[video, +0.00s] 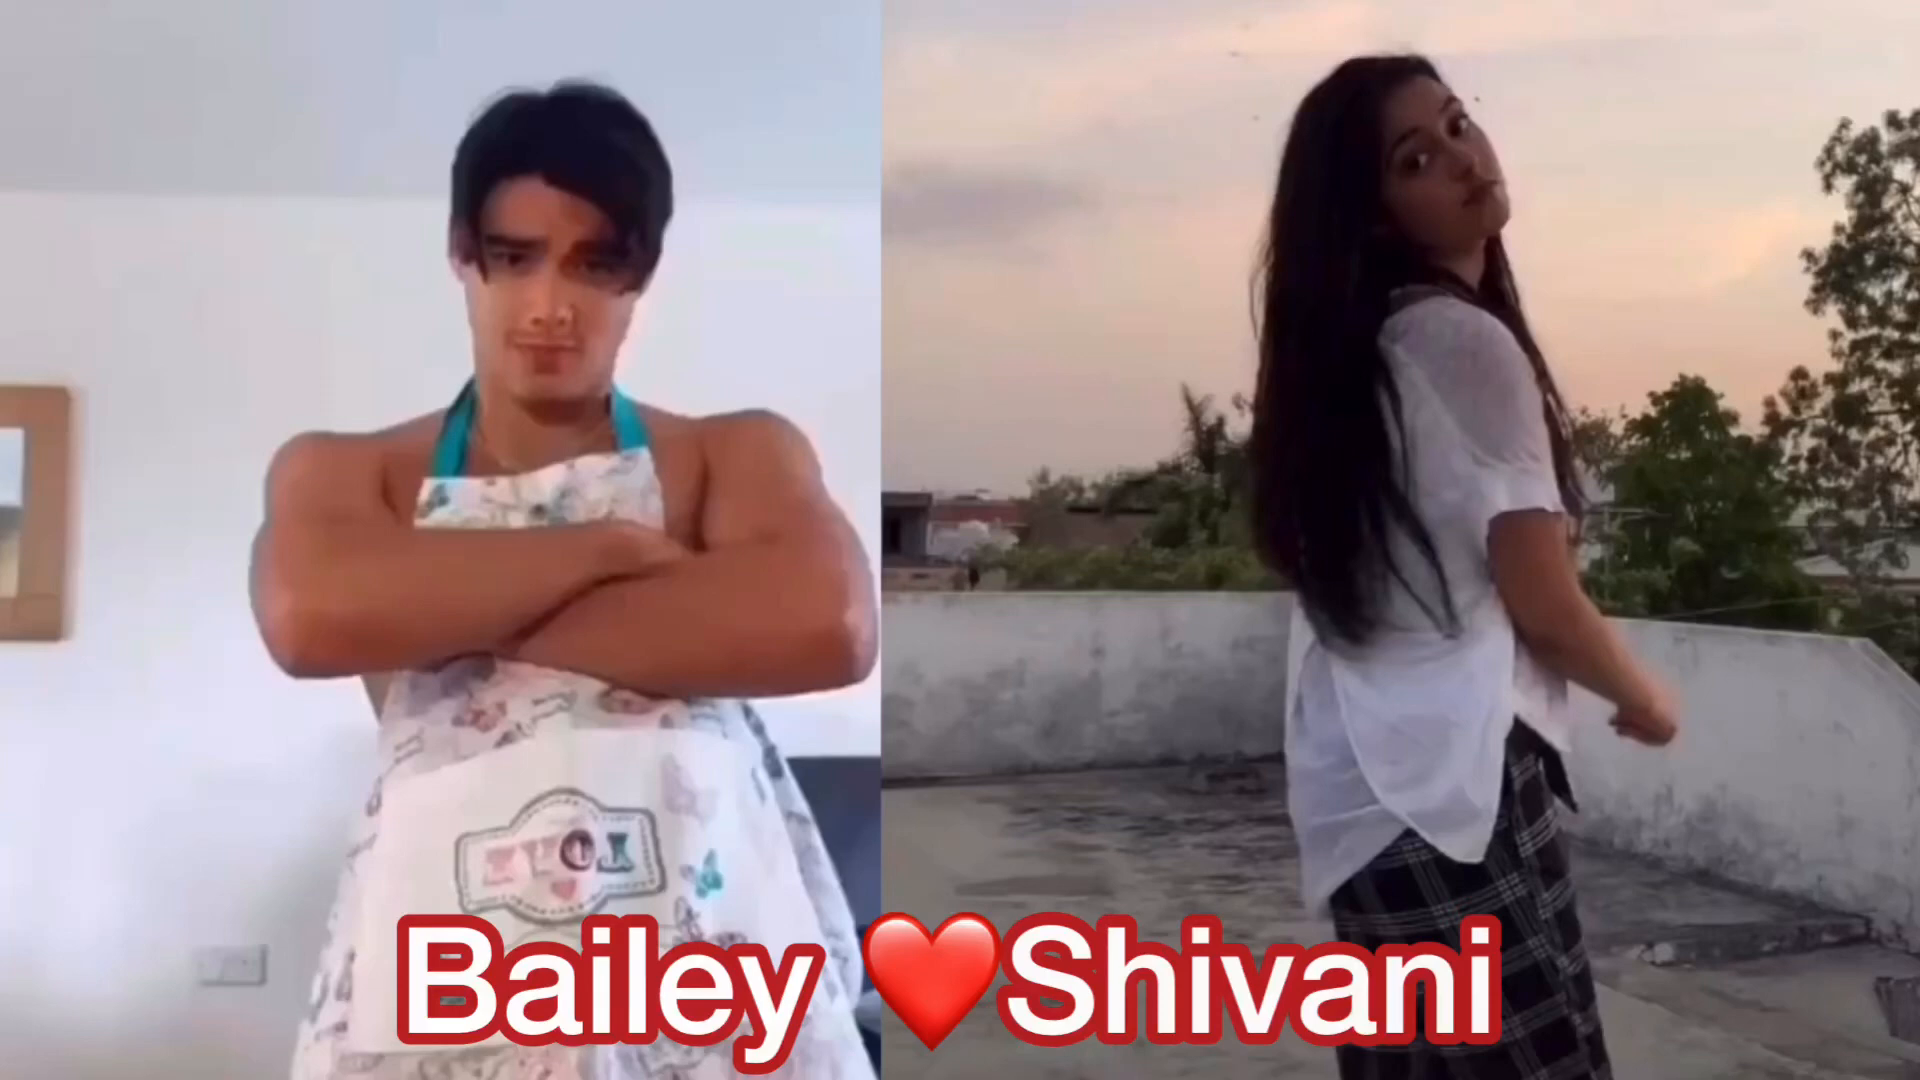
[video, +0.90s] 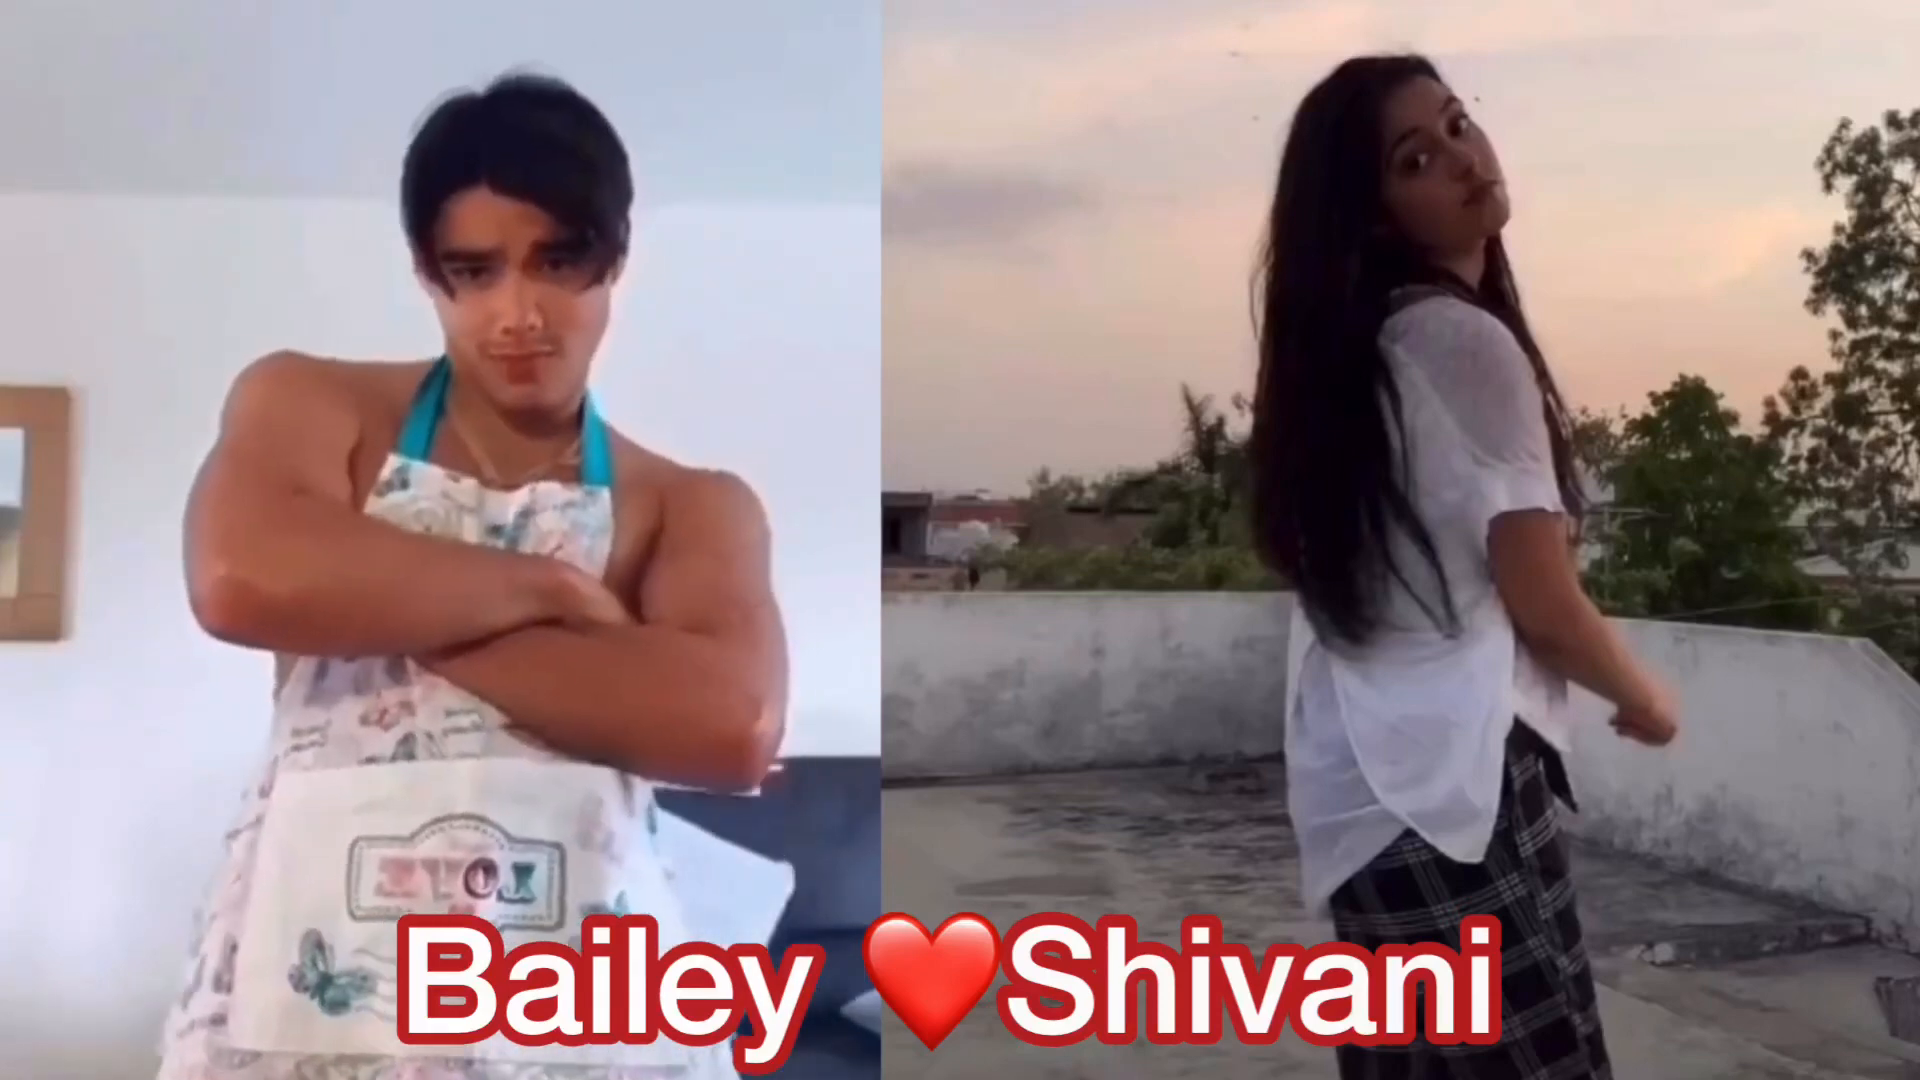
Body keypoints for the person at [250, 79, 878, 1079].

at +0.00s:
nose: (550, 305)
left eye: (597, 263)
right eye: (513, 258)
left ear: (642, 276)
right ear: (463, 262)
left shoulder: (741, 454)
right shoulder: (342, 470)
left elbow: (826, 624)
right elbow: (310, 620)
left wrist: (481, 613)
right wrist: (623, 547)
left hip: (709, 948)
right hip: (440, 959)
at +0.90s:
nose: (516, 316)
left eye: (558, 263)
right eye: (472, 271)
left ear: (616, 261)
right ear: (427, 275)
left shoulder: (694, 507)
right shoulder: (305, 401)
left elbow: (732, 730)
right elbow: (243, 580)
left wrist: (414, 610)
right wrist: (554, 589)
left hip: (581, 1003)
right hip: (308, 987)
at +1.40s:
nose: (511, 297)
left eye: (557, 247)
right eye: (469, 249)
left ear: (625, 228)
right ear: (427, 243)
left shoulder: (717, 348)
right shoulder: (342, 398)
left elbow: (787, 586)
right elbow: (277, 583)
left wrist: (455, 575)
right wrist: (586, 511)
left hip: (616, 876)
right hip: (362, 870)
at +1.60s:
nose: (549, 309)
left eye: (598, 263)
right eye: (512, 261)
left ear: (667, 250)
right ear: (470, 254)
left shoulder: (744, 316)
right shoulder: (395, 474)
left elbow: (843, 555)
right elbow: (383, 649)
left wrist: (525, 607)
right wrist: (663, 510)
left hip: (748, 901)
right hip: (499, 910)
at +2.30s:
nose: (535, 302)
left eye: (576, 249)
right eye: (487, 258)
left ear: (628, 243)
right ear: (438, 259)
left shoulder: (703, 461)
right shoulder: (339, 361)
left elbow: (774, 687)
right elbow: (337, 562)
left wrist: (499, 596)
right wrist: (616, 560)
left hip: (654, 958)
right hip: (386, 944)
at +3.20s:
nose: (624, 305)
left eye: (675, 257)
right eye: (585, 255)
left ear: (729, 262)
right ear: (538, 255)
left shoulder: (804, 341)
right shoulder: (446, 487)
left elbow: (845, 584)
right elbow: (422, 678)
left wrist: (557, 618)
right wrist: (704, 524)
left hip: (797, 922)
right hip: (558, 945)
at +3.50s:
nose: (623, 276)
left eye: (672, 225)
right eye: (580, 223)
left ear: (726, 228)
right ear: (527, 216)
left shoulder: (796, 354)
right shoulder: (418, 445)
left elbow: (865, 612)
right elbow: (425, 679)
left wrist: (554, 607)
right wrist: (722, 522)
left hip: (801, 924)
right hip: (557, 939)